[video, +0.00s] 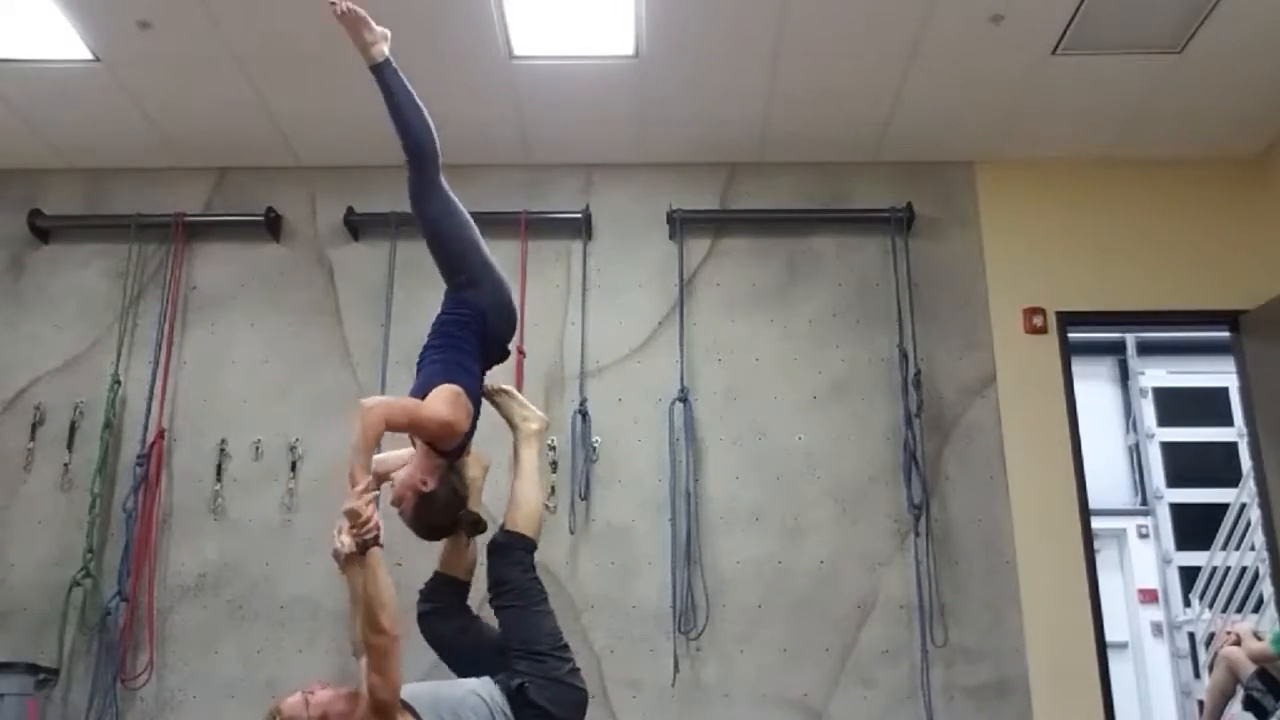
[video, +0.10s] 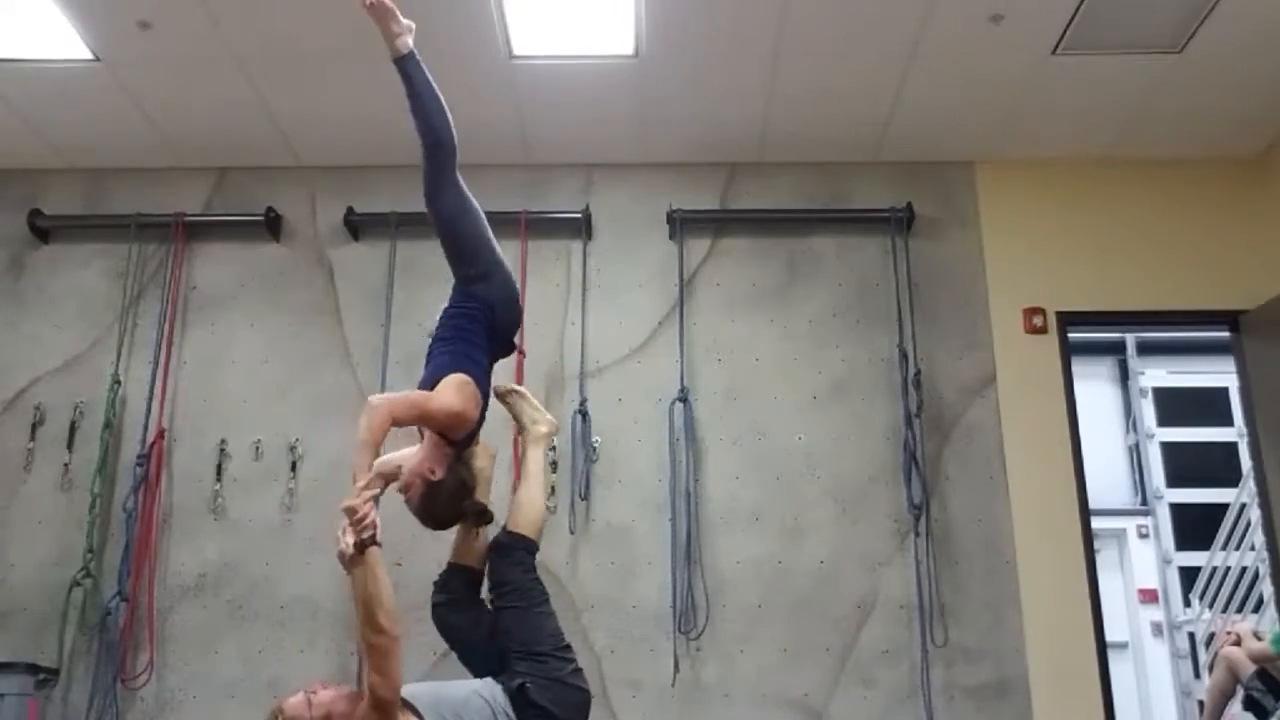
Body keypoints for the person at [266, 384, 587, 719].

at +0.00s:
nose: (315, 688)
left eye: (305, 691)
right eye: (308, 702)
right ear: (323, 719)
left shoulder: (377, 701)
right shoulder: (381, 710)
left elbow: (371, 639)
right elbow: (382, 636)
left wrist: (352, 565)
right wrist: (368, 547)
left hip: (510, 691)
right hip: (546, 701)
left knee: (439, 609)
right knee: (510, 556)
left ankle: (470, 478)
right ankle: (529, 432)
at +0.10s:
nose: (317, 687)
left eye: (307, 691)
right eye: (310, 701)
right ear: (325, 718)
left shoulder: (378, 699)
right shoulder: (381, 709)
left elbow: (376, 634)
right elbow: (380, 633)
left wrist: (359, 561)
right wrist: (365, 556)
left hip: (515, 693)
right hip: (549, 699)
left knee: (452, 601)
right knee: (510, 558)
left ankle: (478, 474)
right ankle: (537, 438)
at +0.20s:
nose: (321, 685)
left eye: (307, 690)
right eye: (310, 700)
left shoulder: (377, 699)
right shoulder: (379, 712)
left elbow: (382, 636)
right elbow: (390, 635)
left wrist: (374, 556)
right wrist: (377, 556)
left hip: (518, 699)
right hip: (547, 706)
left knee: (477, 574)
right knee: (469, 576)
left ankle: (489, 495)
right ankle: (543, 467)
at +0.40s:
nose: (319, 687)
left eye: (307, 691)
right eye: (312, 702)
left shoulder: (385, 703)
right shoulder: (380, 712)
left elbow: (387, 640)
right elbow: (392, 639)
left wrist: (378, 554)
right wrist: (383, 556)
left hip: (520, 699)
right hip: (543, 705)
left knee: (473, 591)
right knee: (439, 598)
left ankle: (503, 477)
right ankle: (505, 480)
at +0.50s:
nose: (320, 687)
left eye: (309, 691)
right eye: (313, 702)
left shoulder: (381, 700)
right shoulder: (381, 711)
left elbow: (381, 643)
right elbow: (401, 640)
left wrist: (372, 569)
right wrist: (397, 549)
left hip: (521, 698)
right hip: (545, 701)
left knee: (467, 590)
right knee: (428, 594)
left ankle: (486, 475)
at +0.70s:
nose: (315, 685)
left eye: (305, 690)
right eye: (308, 699)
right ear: (323, 717)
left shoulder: (372, 699)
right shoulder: (379, 710)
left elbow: (369, 639)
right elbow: (393, 647)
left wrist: (355, 565)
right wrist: (389, 556)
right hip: (539, 698)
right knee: (424, 597)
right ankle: (402, 461)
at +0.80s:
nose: (319, 683)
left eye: (308, 689)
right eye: (313, 701)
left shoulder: (378, 698)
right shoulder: (379, 713)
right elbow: (382, 645)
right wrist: (374, 562)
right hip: (539, 702)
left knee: (432, 604)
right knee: (426, 603)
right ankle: (395, 453)